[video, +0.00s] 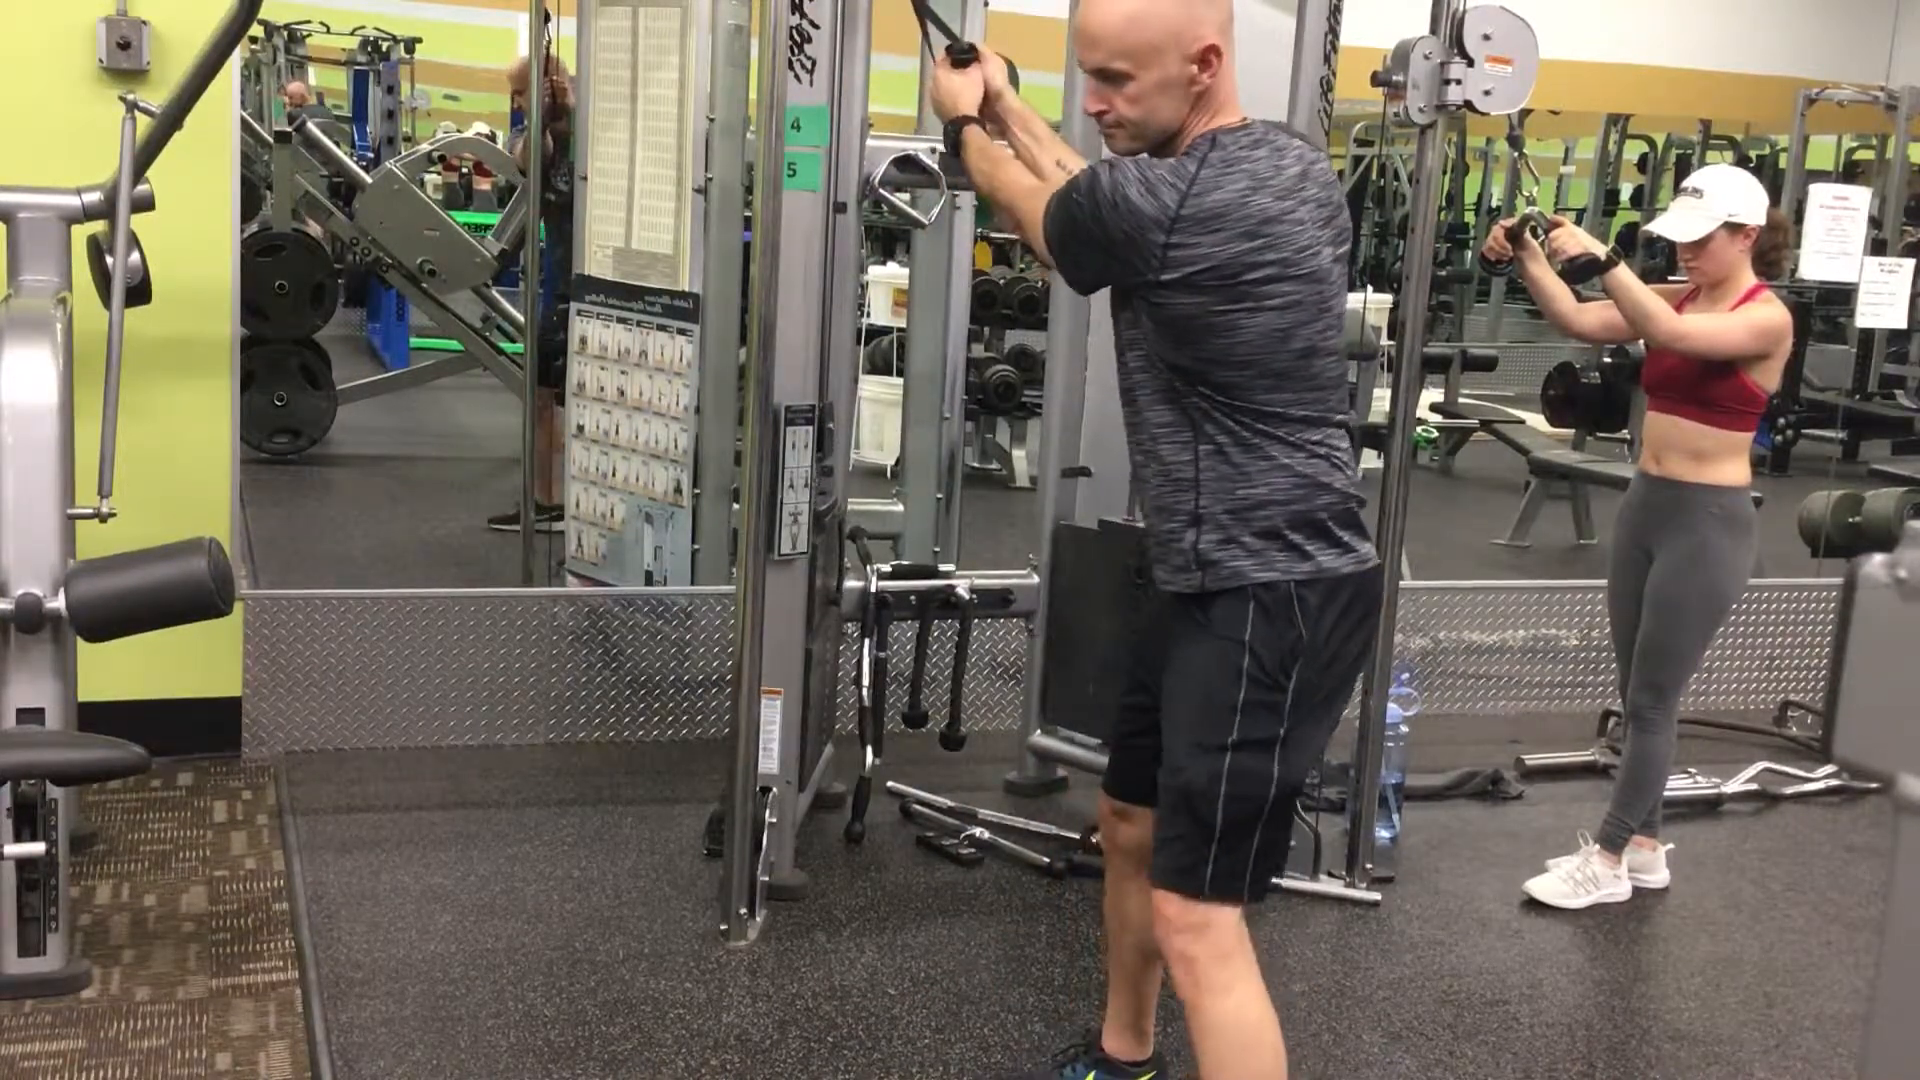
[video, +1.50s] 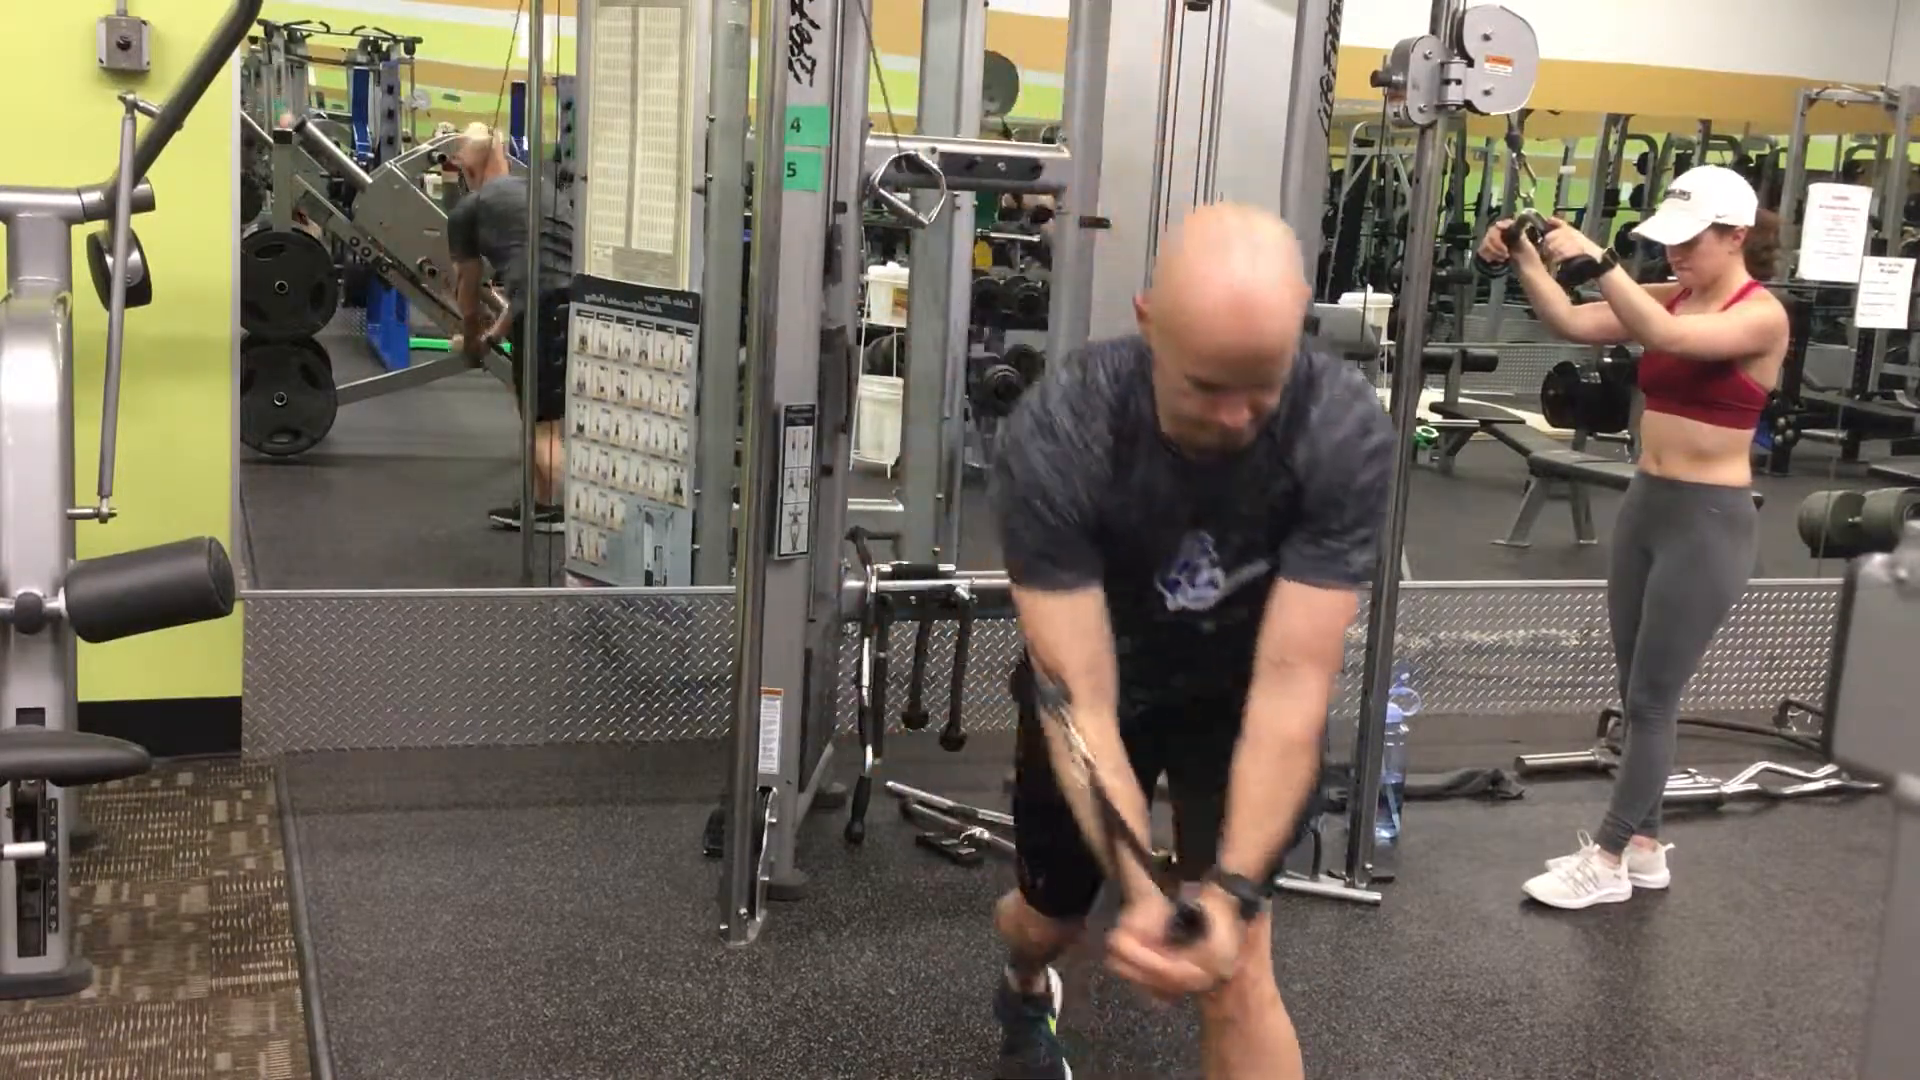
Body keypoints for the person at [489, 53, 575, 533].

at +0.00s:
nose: (514, 102)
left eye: (519, 93)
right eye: (514, 94)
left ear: (539, 89)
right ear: (552, 84)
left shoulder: (547, 131)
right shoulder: (572, 124)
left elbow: (526, 168)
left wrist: (487, 142)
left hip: (557, 278)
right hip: (568, 274)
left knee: (543, 397)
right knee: (549, 397)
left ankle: (547, 499)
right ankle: (548, 498)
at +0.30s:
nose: (508, 105)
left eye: (513, 94)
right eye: (503, 97)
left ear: (542, 87)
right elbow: (512, 171)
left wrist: (551, 123)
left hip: (559, 279)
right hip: (548, 276)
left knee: (526, 389)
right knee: (542, 390)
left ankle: (545, 498)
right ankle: (553, 496)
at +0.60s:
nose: (477, 114)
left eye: (481, 102)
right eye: (474, 104)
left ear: (506, 96)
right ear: (496, 101)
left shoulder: (555, 139)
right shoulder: (503, 151)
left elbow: (538, 194)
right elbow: (483, 197)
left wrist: (483, 189)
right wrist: (452, 187)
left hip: (562, 280)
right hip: (533, 279)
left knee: (522, 385)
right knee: (525, 387)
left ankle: (546, 497)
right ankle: (545, 494)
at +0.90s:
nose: (462, 125)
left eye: (462, 115)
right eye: (461, 116)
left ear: (477, 108)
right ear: (499, 104)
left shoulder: (517, 150)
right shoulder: (528, 146)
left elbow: (485, 232)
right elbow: (491, 228)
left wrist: (415, 253)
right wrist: (430, 254)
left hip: (556, 296)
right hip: (564, 292)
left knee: (513, 388)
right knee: (556, 402)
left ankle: (544, 501)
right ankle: (571, 496)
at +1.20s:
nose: (447, 148)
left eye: (449, 139)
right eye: (447, 140)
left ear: (463, 135)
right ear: (492, 132)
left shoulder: (481, 175)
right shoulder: (525, 163)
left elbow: (455, 268)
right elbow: (499, 263)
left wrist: (427, 306)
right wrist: (443, 302)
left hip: (559, 294)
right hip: (590, 284)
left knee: (538, 400)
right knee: (520, 380)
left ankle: (545, 502)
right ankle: (550, 495)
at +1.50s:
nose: (459, 174)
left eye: (459, 167)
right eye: (457, 167)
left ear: (467, 166)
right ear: (502, 157)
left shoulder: (470, 208)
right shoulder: (542, 189)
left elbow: (468, 285)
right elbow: (534, 275)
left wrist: (471, 340)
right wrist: (498, 329)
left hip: (539, 307)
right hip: (581, 298)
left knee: (541, 421)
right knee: (556, 415)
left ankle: (562, 506)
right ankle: (540, 501)